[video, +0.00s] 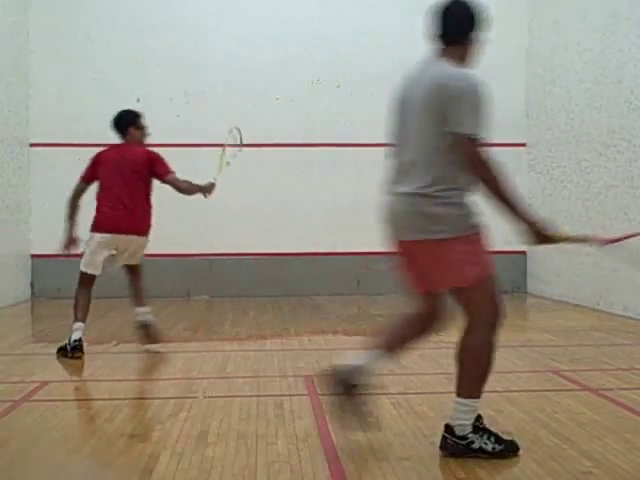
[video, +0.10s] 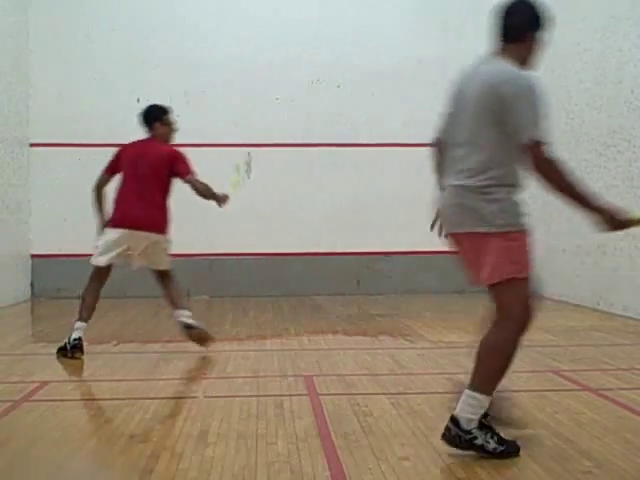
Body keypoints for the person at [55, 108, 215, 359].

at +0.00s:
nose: (146, 132)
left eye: (144, 127)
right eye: (142, 128)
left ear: (123, 132)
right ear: (131, 130)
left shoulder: (103, 156)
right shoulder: (148, 156)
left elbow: (76, 195)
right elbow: (177, 184)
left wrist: (70, 231)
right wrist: (202, 189)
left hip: (105, 230)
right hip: (137, 232)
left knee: (85, 282)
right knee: (134, 268)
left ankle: (76, 337)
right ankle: (143, 315)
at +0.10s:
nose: (173, 128)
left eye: (172, 123)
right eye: (169, 123)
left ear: (150, 127)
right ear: (157, 126)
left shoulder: (127, 150)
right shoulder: (170, 154)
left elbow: (99, 185)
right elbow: (194, 183)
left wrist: (102, 218)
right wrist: (216, 197)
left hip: (121, 224)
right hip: (154, 228)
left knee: (97, 278)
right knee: (166, 276)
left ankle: (76, 336)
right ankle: (184, 317)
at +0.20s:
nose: (202, 123)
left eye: (201, 118)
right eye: (197, 119)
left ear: (179, 122)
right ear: (184, 121)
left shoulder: (156, 146)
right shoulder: (199, 150)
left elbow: (126, 180)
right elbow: (216, 187)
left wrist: (131, 212)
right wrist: (231, 212)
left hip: (150, 221)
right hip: (183, 224)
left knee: (118, 276)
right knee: (196, 281)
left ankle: (83, 328)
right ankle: (209, 337)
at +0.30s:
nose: (227, 115)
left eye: (226, 110)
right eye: (222, 110)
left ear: (203, 113)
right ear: (209, 112)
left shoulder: (182, 137)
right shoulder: (222, 141)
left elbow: (153, 172)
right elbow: (228, 180)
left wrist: (155, 207)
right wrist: (240, 210)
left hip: (176, 214)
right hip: (207, 218)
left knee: (152, 269)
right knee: (211, 278)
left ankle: (128, 323)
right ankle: (210, 333)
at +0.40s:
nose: (247, 102)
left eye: (247, 96)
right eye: (243, 97)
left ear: (224, 99)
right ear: (229, 98)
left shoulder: (202, 123)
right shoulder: (242, 127)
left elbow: (176, 160)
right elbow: (240, 165)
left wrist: (179, 198)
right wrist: (250, 200)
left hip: (199, 202)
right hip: (228, 205)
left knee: (191, 262)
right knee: (231, 264)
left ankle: (186, 324)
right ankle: (223, 322)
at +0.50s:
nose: (267, 99)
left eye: (266, 94)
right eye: (263, 94)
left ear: (244, 97)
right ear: (248, 96)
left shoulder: (222, 122)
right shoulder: (261, 124)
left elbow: (196, 156)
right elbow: (257, 164)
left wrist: (200, 196)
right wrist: (270, 200)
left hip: (219, 199)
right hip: (248, 201)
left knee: (223, 262)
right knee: (260, 261)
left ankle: (225, 325)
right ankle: (261, 323)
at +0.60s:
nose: (287, 109)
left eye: (286, 104)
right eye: (282, 104)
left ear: (264, 108)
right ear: (268, 107)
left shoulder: (242, 134)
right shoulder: (279, 136)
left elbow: (216, 167)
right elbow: (279, 176)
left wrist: (221, 207)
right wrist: (296, 212)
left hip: (240, 214)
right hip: (270, 215)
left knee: (239, 273)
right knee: (294, 270)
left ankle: (232, 335)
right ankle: (315, 329)